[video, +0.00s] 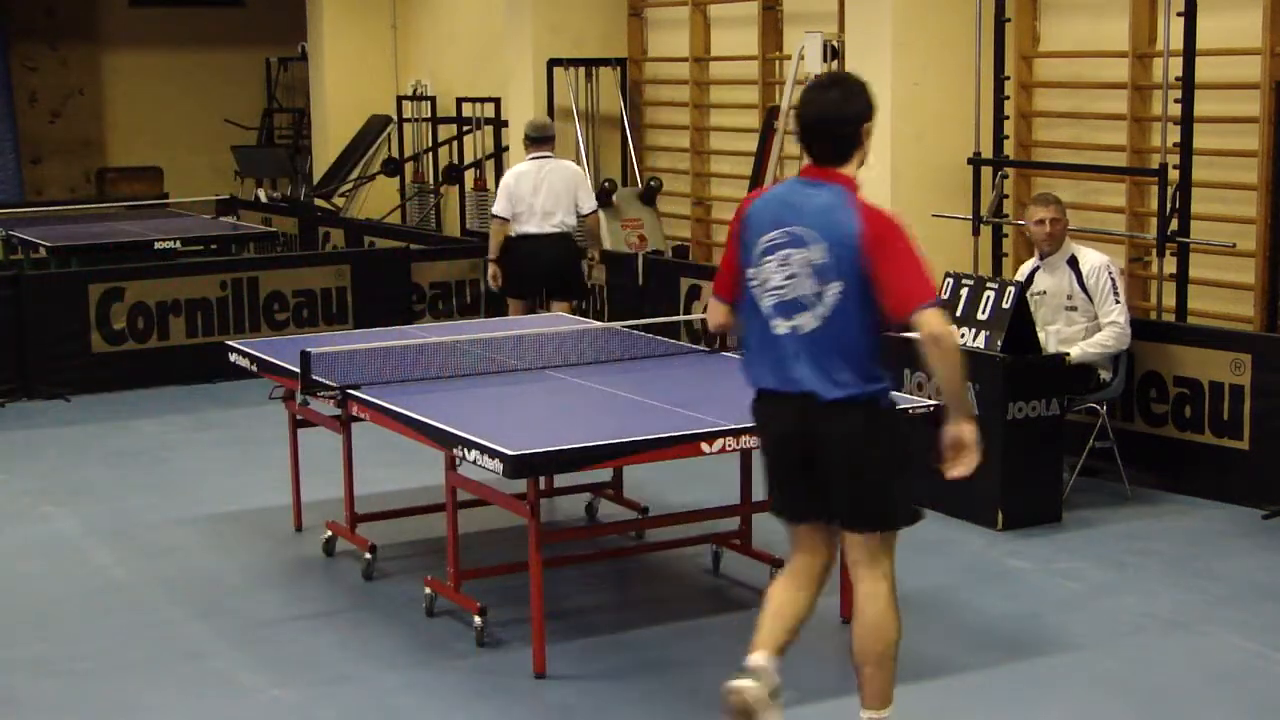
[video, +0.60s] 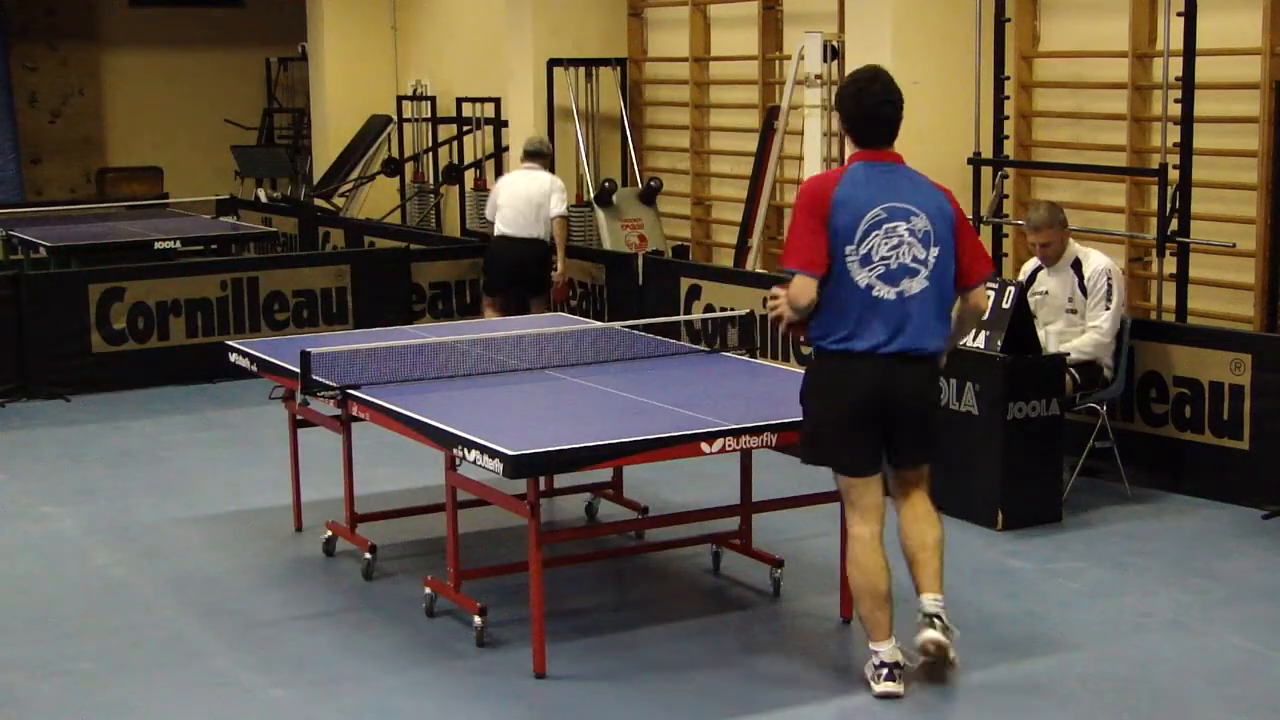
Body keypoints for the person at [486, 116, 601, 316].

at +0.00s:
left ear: (525, 143)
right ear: (553, 142)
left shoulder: (513, 175)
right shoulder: (573, 172)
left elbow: (499, 222)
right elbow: (591, 215)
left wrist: (492, 261)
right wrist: (595, 248)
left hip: (520, 253)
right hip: (562, 252)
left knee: (516, 322)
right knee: (561, 323)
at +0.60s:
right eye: (548, 158)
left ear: (523, 156)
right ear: (548, 158)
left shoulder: (504, 181)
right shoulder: (553, 183)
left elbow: (490, 217)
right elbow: (558, 222)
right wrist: (560, 264)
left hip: (501, 249)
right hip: (536, 251)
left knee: (491, 305)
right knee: (538, 308)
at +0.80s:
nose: (555, 189)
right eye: (555, 186)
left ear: (529, 183)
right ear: (553, 185)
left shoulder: (514, 200)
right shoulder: (554, 201)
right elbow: (556, 234)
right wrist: (558, 272)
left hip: (496, 255)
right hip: (528, 258)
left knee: (495, 301)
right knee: (541, 306)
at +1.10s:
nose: (552, 224)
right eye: (551, 221)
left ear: (526, 220)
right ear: (548, 221)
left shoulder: (519, 234)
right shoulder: (545, 231)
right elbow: (541, 255)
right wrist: (546, 294)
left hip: (490, 290)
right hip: (517, 293)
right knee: (567, 304)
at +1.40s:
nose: (556, 214)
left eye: (556, 209)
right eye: (555, 209)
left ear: (533, 208)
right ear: (545, 209)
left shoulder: (521, 223)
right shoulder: (538, 224)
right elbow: (524, 252)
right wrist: (528, 293)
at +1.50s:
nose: (557, 197)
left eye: (557, 191)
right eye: (555, 191)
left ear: (541, 190)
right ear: (543, 190)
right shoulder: (532, 204)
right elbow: (513, 235)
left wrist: (527, 277)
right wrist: (515, 276)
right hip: (494, 262)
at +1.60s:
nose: (554, 178)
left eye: (553, 172)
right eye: (550, 172)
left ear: (538, 172)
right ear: (538, 172)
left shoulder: (532, 194)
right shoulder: (521, 187)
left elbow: (520, 234)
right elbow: (496, 217)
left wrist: (531, 263)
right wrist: (501, 256)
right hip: (489, 250)